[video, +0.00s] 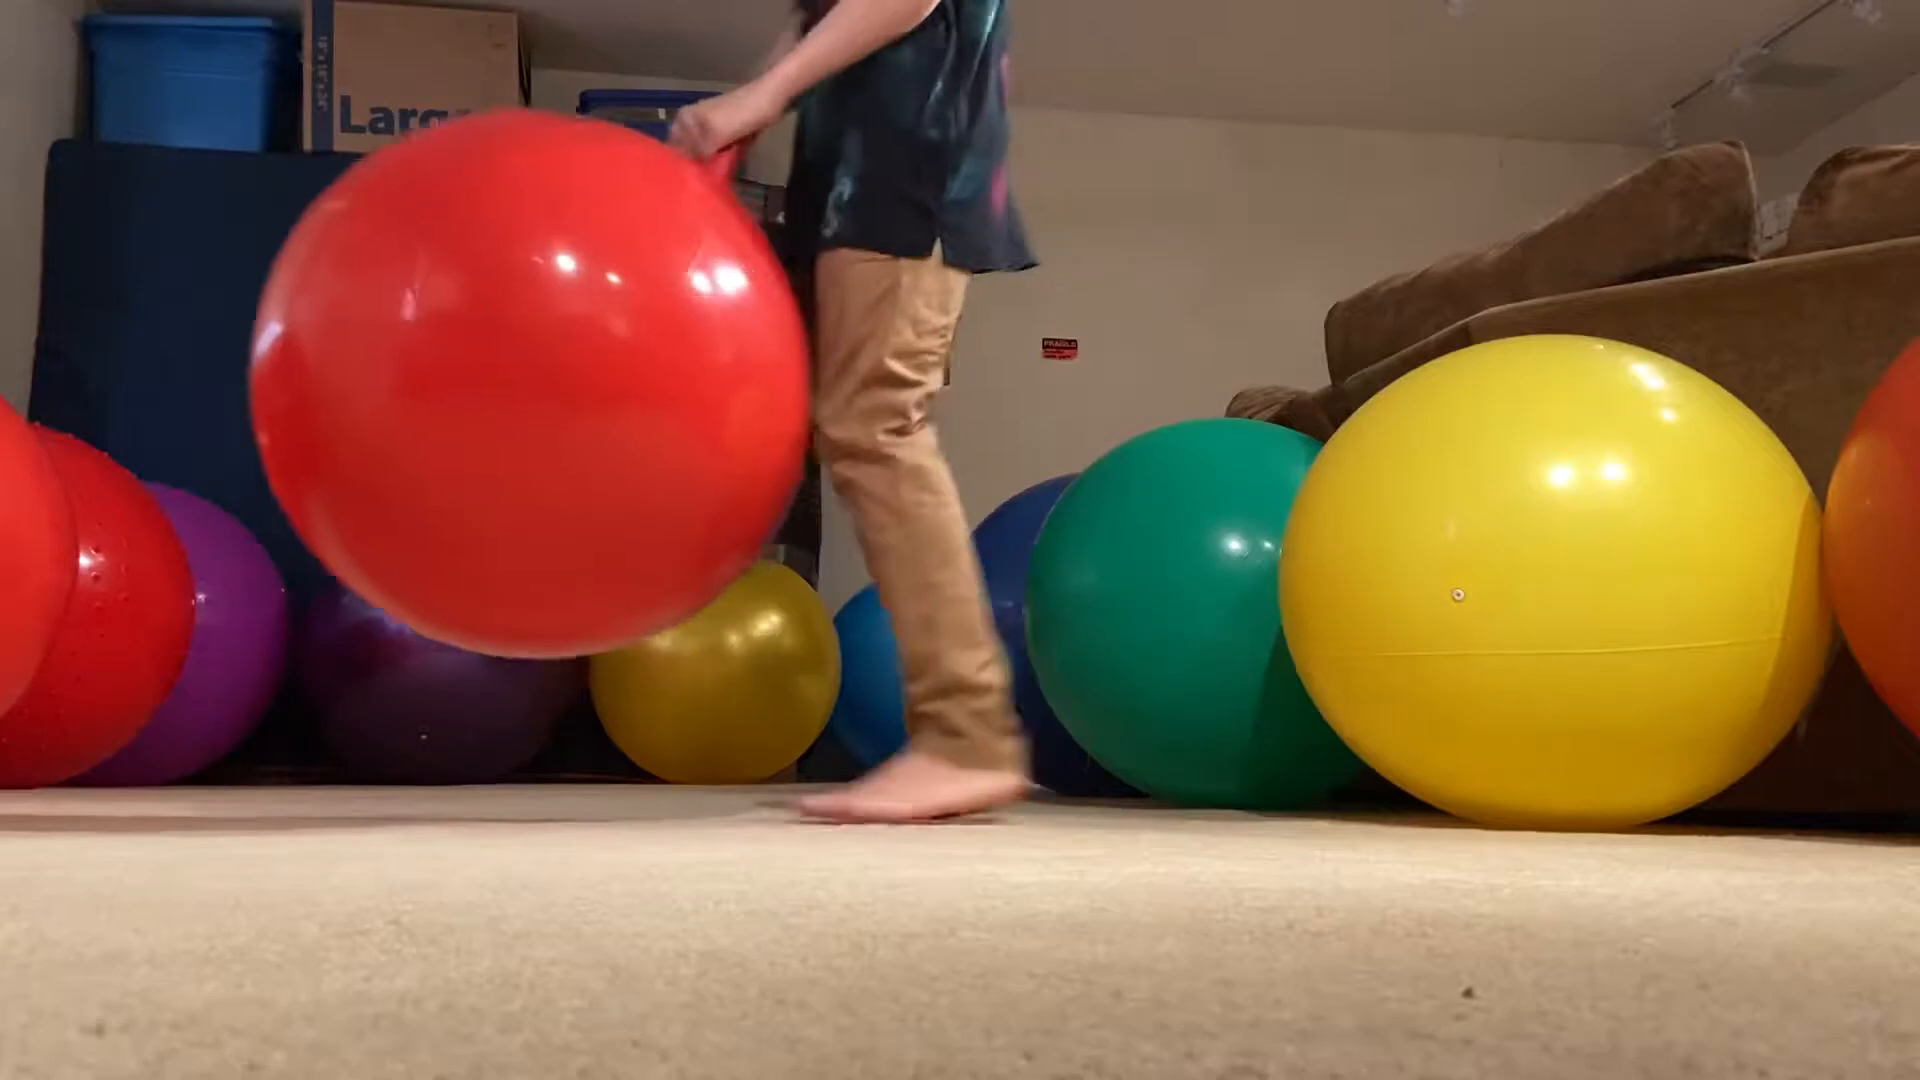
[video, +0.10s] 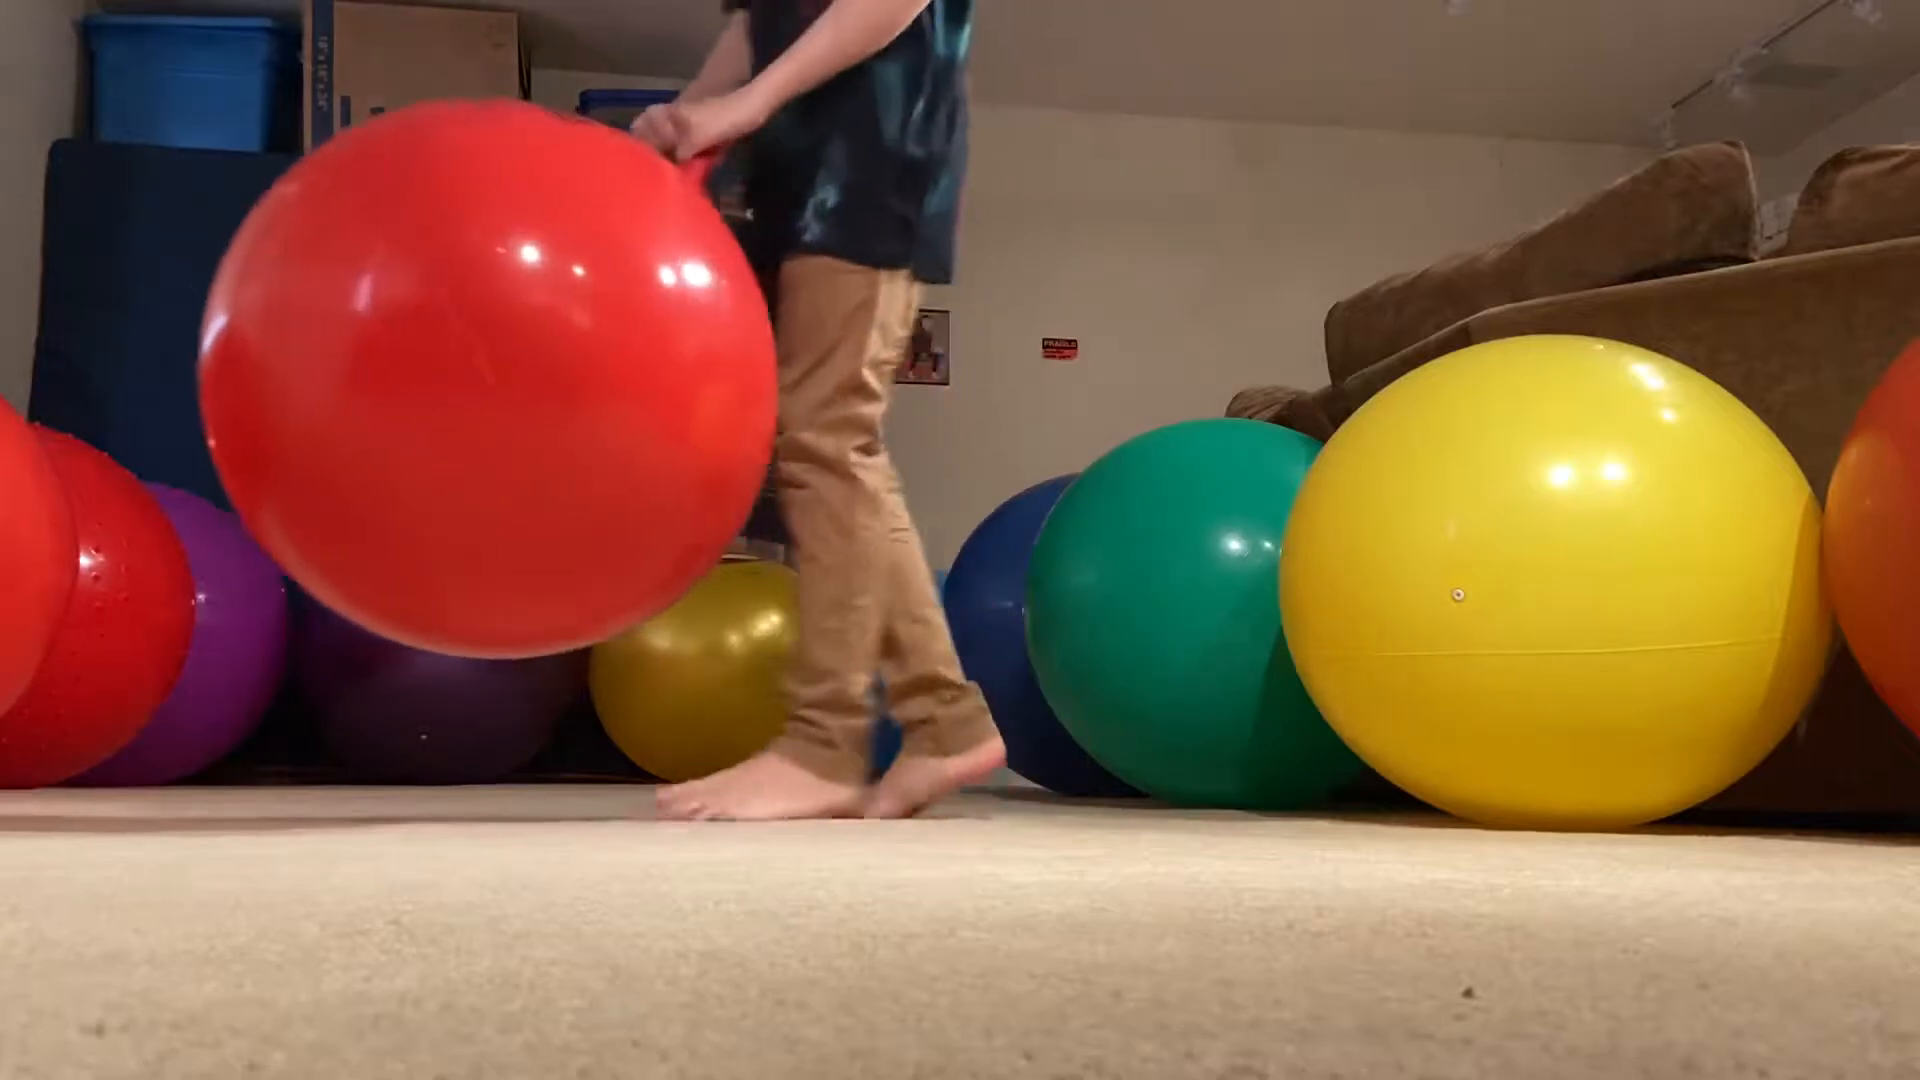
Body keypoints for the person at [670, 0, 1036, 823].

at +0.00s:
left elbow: (908, 3)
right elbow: (832, 18)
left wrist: (761, 94)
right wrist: (752, 103)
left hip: (910, 155)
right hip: (863, 154)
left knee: (876, 427)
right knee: (868, 430)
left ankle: (968, 741)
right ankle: (957, 735)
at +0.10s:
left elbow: (895, 6)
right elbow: (764, 17)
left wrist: (751, 100)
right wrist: (694, 111)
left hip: (873, 141)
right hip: (810, 148)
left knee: (822, 438)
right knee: (835, 441)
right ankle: (947, 722)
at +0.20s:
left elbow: (901, 3)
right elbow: (712, 16)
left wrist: (737, 109)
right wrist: (646, 104)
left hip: (820, 160)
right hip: (730, 169)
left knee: (784, 453)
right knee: (756, 455)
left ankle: (783, 762)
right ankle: (910, 681)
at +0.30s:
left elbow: (890, 8)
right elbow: (652, 14)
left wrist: (720, 114)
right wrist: (606, 99)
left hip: (788, 184)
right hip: (681, 192)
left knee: (771, 454)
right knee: (692, 460)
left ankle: (783, 758)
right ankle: (843, 666)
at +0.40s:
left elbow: (870, 14)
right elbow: (603, 7)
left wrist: (716, 115)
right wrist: (569, 101)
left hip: (771, 190)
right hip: (651, 197)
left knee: (766, 451)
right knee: (682, 458)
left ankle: (779, 753)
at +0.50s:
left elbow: (845, 22)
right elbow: (553, 3)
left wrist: (710, 129)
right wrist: (548, 99)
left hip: (755, 204)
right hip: (613, 196)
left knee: (764, 464)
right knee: (607, 451)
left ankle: (776, 752)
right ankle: (631, 726)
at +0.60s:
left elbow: (811, 39)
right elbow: (518, 8)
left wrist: (700, 147)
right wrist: (526, 107)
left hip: (747, 205)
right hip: (596, 196)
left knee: (759, 462)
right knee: (597, 450)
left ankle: (769, 751)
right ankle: (615, 732)